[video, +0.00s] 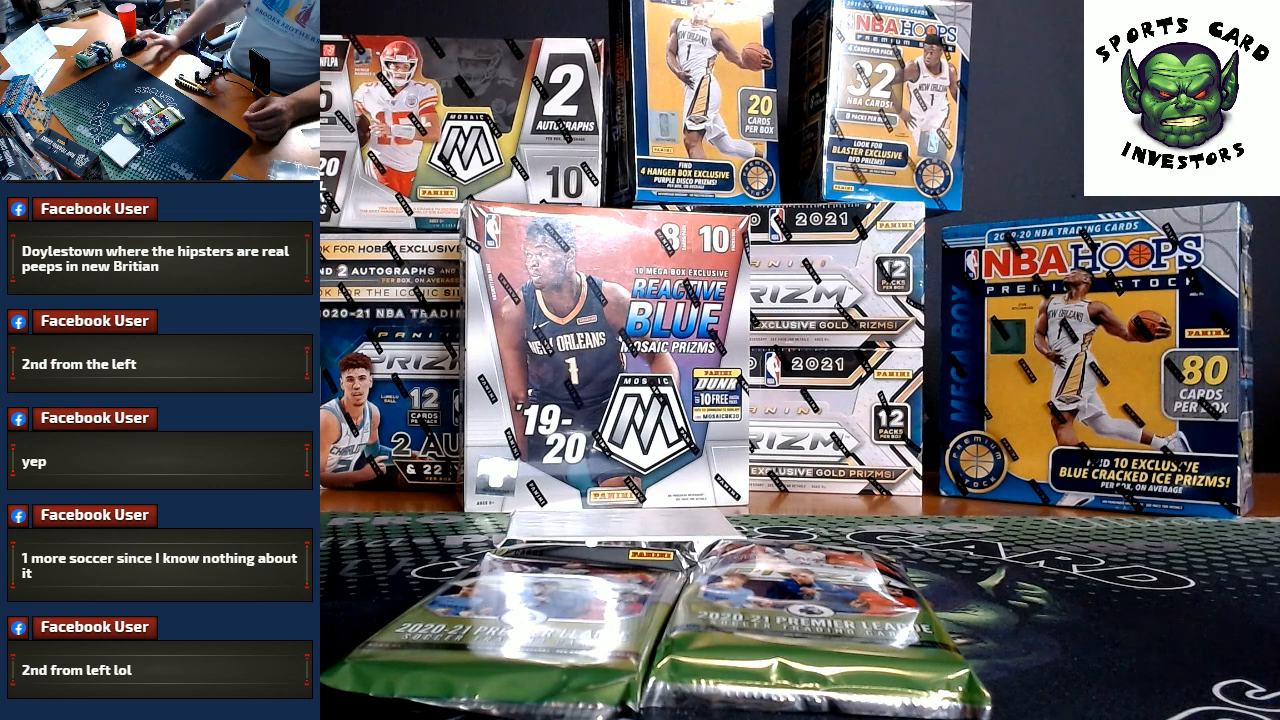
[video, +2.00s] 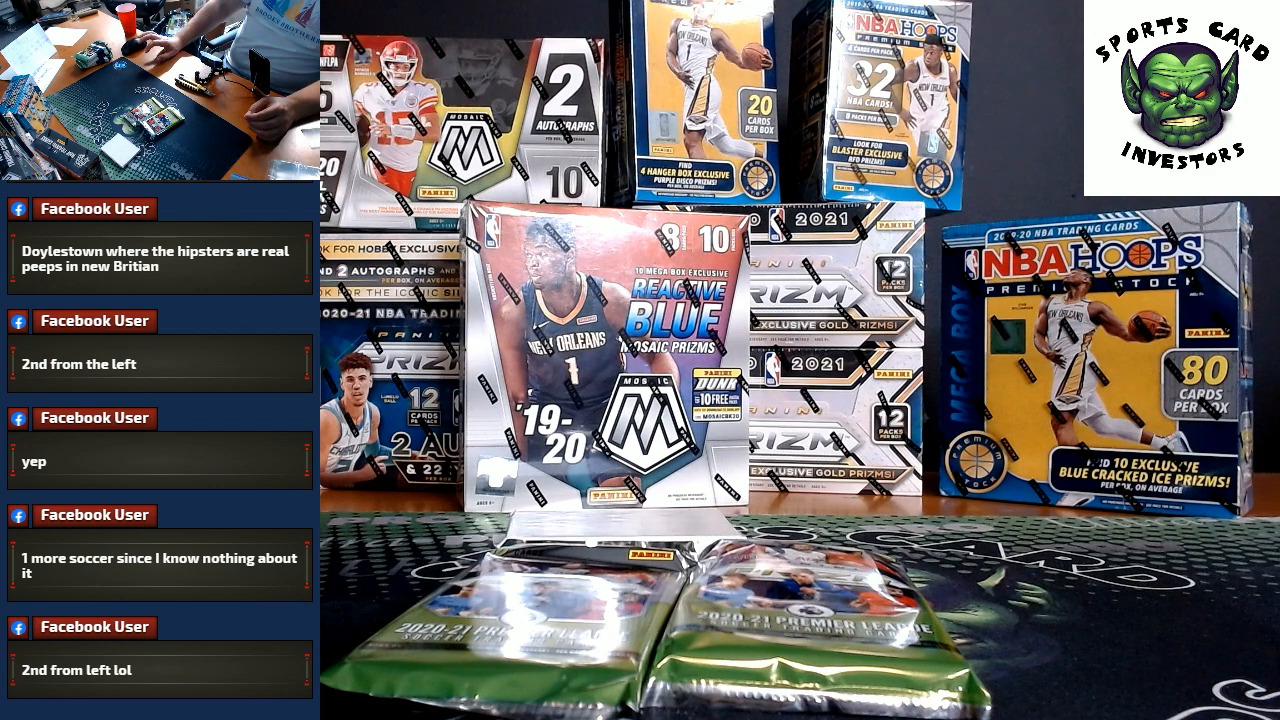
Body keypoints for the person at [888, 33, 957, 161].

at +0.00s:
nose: (928, 53)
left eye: (933, 50)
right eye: (926, 48)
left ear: (941, 52)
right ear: (923, 49)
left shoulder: (949, 71)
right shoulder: (913, 69)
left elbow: (956, 94)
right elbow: (886, 83)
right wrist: (900, 111)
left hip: (940, 117)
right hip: (918, 119)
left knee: (940, 154)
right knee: (923, 155)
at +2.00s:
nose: (929, 52)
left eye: (933, 49)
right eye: (926, 48)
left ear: (941, 52)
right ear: (923, 49)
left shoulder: (949, 70)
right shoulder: (913, 69)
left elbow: (955, 92)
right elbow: (886, 83)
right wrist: (900, 111)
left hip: (940, 117)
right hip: (918, 118)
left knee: (940, 154)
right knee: (922, 155)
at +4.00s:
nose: (928, 52)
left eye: (933, 48)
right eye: (926, 47)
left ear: (941, 51)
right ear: (923, 48)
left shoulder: (949, 70)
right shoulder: (913, 69)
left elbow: (955, 93)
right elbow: (888, 83)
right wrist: (900, 111)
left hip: (941, 118)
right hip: (918, 119)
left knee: (940, 155)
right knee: (922, 156)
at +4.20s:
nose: (929, 52)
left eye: (933, 48)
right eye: (926, 47)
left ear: (941, 51)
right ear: (923, 49)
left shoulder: (949, 70)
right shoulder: (913, 69)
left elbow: (956, 94)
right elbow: (888, 84)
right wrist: (900, 110)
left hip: (941, 118)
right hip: (919, 119)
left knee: (941, 155)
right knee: (923, 155)